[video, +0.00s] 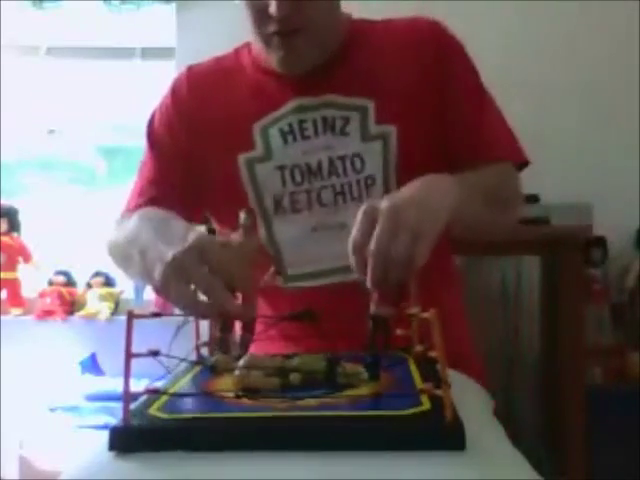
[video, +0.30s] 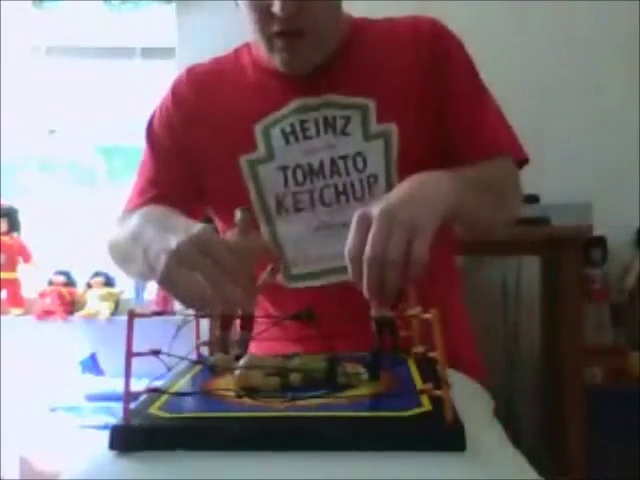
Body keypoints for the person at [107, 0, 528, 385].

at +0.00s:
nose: (276, 9)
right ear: (240, 2)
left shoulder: (423, 53)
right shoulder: (197, 96)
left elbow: (505, 200)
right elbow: (132, 231)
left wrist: (440, 194)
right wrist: (158, 241)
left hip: (424, 366)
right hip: (274, 376)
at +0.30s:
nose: (280, 9)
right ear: (241, 1)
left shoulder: (423, 51)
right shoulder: (198, 96)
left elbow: (503, 198)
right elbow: (129, 236)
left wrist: (437, 189)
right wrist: (155, 234)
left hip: (426, 367)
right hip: (276, 378)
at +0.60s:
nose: (283, 10)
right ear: (239, 1)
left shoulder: (421, 50)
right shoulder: (197, 96)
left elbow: (503, 199)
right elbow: (126, 242)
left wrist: (437, 188)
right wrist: (150, 229)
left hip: (426, 367)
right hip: (275, 377)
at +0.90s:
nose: (279, 9)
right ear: (235, 2)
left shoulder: (419, 50)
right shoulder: (192, 97)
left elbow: (502, 200)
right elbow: (122, 248)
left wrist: (439, 186)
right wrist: (144, 224)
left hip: (425, 368)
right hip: (271, 378)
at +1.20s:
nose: (274, 11)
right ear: (227, 1)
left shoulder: (414, 50)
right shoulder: (187, 98)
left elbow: (497, 201)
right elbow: (121, 251)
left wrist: (437, 183)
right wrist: (142, 224)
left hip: (422, 368)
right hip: (269, 378)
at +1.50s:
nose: (272, 10)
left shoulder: (408, 48)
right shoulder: (184, 98)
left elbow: (481, 201)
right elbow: (124, 260)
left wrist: (386, 178)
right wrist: (138, 221)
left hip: (420, 374)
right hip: (265, 386)